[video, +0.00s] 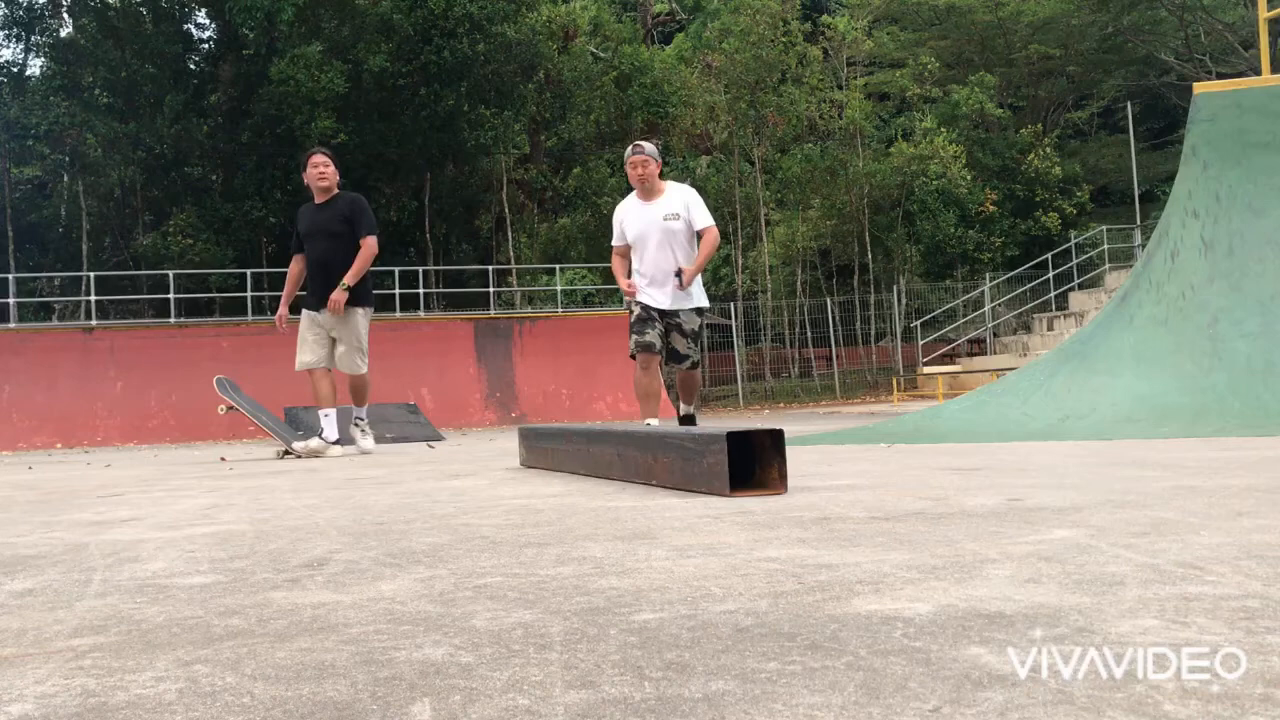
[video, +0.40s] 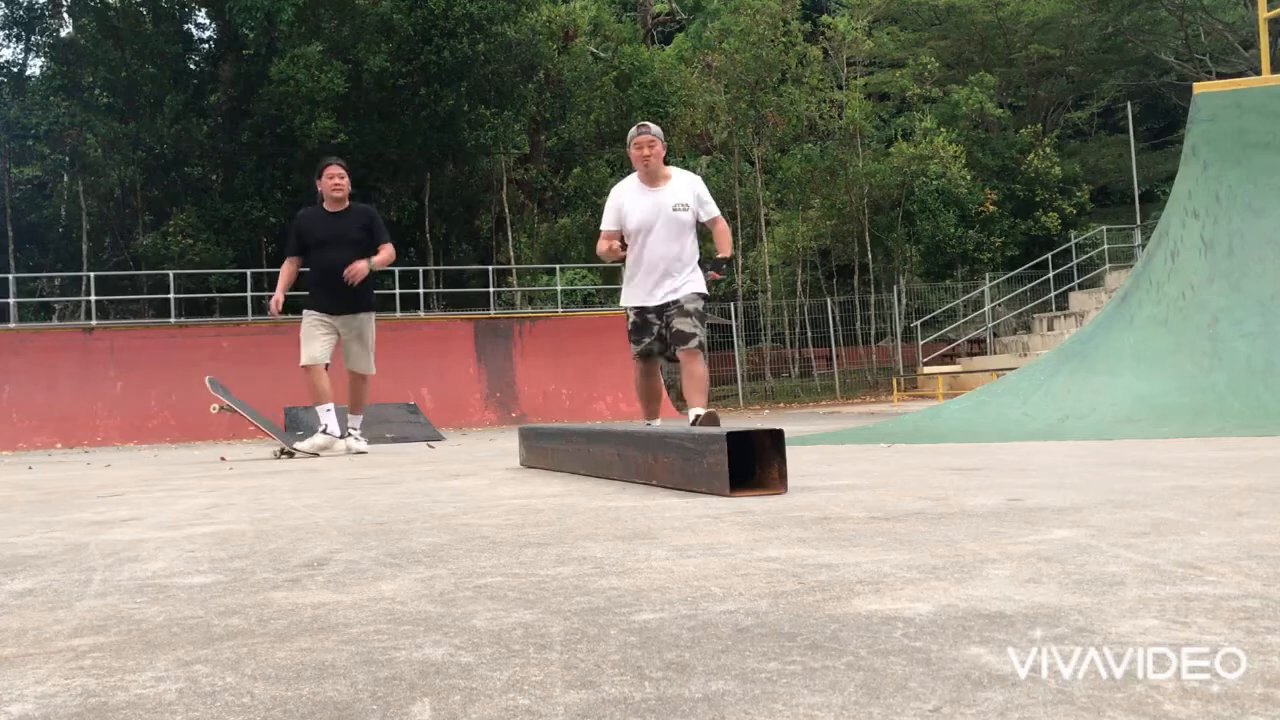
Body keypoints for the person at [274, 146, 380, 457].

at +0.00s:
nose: (322, 170)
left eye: (327, 165)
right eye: (315, 167)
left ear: (337, 174)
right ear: (306, 178)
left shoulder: (353, 203)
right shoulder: (304, 214)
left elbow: (370, 247)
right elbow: (299, 261)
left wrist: (344, 286)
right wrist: (285, 303)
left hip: (352, 304)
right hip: (315, 306)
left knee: (355, 367)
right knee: (316, 365)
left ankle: (359, 422)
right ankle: (329, 435)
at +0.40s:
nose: (337, 181)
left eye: (342, 176)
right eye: (331, 177)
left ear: (349, 184)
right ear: (319, 186)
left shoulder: (366, 215)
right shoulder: (306, 219)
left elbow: (389, 252)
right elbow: (292, 261)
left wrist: (368, 264)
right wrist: (280, 291)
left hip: (358, 311)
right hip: (318, 310)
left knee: (359, 370)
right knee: (312, 362)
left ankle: (354, 432)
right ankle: (329, 430)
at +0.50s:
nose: (339, 182)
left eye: (343, 177)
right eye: (332, 178)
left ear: (350, 184)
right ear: (320, 186)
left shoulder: (365, 214)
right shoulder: (306, 218)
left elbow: (395, 247)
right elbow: (291, 254)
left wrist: (375, 235)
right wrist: (285, 272)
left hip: (359, 310)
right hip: (319, 309)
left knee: (360, 370)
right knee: (317, 364)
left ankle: (354, 433)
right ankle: (325, 433)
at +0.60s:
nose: (339, 183)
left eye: (343, 179)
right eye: (332, 179)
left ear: (350, 185)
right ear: (320, 186)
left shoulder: (363, 214)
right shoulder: (308, 216)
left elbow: (396, 235)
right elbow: (285, 259)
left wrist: (370, 207)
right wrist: (294, 243)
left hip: (357, 308)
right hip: (319, 308)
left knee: (359, 370)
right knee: (315, 366)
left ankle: (354, 433)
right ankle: (319, 432)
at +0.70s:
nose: (335, 185)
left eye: (341, 180)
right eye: (329, 180)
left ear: (348, 187)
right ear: (318, 186)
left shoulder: (361, 213)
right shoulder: (307, 216)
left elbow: (391, 222)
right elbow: (283, 245)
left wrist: (363, 190)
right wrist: (303, 209)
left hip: (355, 306)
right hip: (316, 306)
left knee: (357, 370)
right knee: (312, 366)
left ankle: (354, 434)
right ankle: (311, 432)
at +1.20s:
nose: (305, 188)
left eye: (309, 184)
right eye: (299, 184)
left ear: (315, 190)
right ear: (287, 190)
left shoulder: (328, 219)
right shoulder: (277, 220)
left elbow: (364, 213)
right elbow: (252, 214)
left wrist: (332, 191)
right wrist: (275, 190)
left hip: (326, 310)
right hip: (288, 312)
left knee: (339, 370)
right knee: (282, 377)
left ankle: (351, 431)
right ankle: (279, 438)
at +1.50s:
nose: (292, 192)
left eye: (295, 188)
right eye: (285, 189)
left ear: (302, 196)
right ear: (272, 197)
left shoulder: (317, 223)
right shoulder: (263, 225)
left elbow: (355, 233)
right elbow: (232, 228)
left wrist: (327, 207)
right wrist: (259, 203)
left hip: (315, 312)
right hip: (278, 313)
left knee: (327, 374)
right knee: (279, 377)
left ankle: (306, 423)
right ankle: (283, 434)